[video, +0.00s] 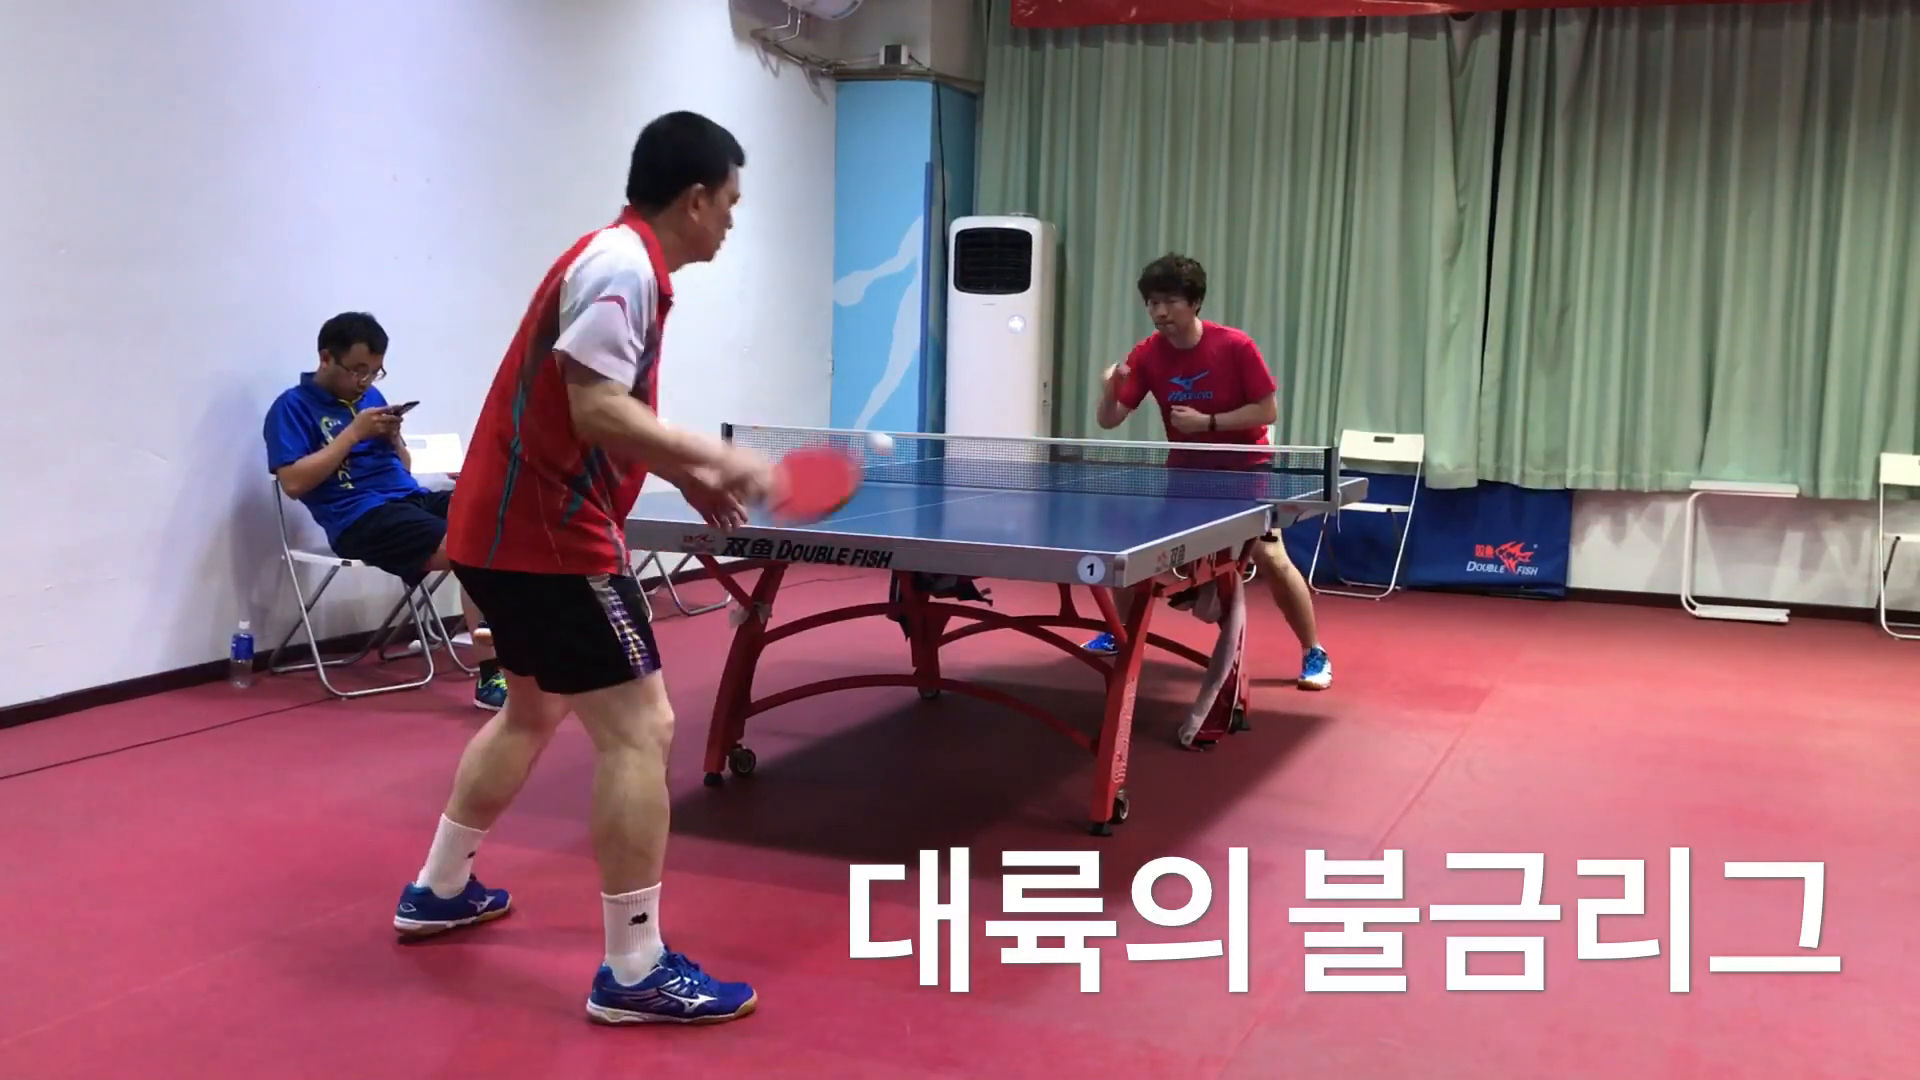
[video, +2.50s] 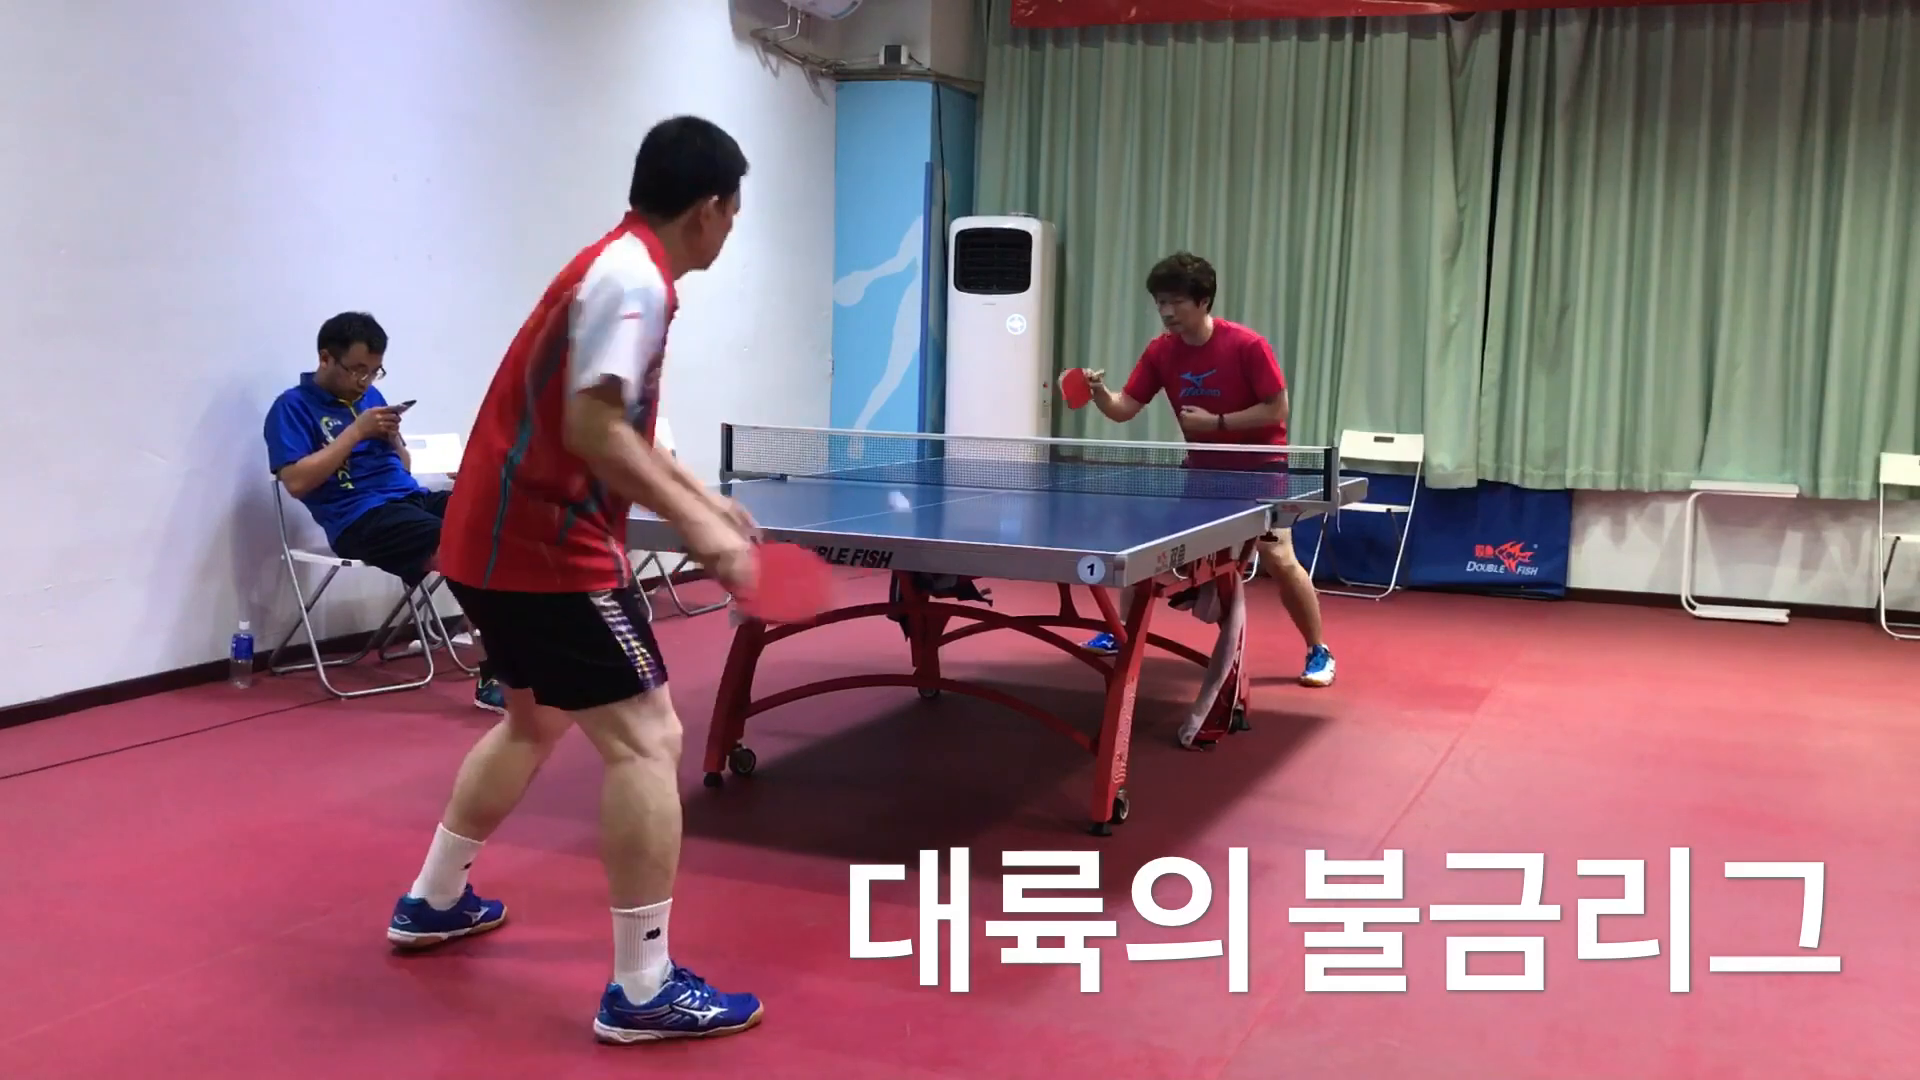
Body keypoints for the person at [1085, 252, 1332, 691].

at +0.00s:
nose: (1159, 311)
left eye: (1169, 301)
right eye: (1152, 302)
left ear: (1194, 301)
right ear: (1147, 305)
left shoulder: (1234, 346)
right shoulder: (1146, 355)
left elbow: (1267, 411)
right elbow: (1108, 419)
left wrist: (1207, 422)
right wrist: (1110, 386)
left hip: (1244, 473)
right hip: (1184, 474)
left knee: (1270, 555)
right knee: (1134, 548)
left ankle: (1313, 652)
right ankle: (1122, 634)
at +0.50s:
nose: (1144, 326)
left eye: (1151, 318)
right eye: (1141, 318)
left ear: (1180, 314)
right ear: (1141, 317)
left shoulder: (1222, 359)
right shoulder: (1163, 355)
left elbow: (1247, 429)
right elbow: (1130, 392)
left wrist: (1187, 431)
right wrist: (1082, 376)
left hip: (1256, 473)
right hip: (1206, 472)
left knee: (1266, 570)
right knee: (1153, 544)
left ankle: (1312, 650)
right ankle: (1126, 632)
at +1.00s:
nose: (1141, 303)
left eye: (1151, 293)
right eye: (1135, 294)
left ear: (1178, 294)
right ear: (1131, 297)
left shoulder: (1216, 340)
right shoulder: (1140, 344)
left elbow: (1248, 405)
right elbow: (1123, 400)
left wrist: (1185, 414)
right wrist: (1082, 405)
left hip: (1239, 468)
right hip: (1182, 469)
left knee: (1266, 556)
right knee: (1139, 542)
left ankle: (1312, 646)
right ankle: (1124, 631)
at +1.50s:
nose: (1177, 308)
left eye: (1185, 298)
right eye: (1174, 299)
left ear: (1214, 294)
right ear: (1176, 298)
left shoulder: (1261, 344)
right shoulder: (1180, 339)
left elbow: (1283, 413)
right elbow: (1138, 393)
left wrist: (1220, 417)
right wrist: (1127, 364)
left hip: (1267, 471)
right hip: (1212, 469)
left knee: (1282, 561)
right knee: (1156, 541)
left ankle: (1315, 649)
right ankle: (1126, 634)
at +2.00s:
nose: (1139, 317)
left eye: (1146, 307)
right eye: (1134, 308)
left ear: (1175, 303)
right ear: (1134, 308)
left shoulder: (1208, 351)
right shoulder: (1160, 349)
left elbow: (1235, 420)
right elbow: (1167, 396)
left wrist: (1177, 425)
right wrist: (1110, 415)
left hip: (1246, 471)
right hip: (1198, 469)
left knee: (1259, 565)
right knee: (1147, 542)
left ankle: (1314, 649)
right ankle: (1126, 632)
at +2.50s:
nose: (1165, 312)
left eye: (1174, 302)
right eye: (1160, 303)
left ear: (1203, 300)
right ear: (1158, 304)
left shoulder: (1249, 347)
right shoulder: (1161, 351)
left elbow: (1276, 412)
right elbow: (1123, 409)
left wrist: (1215, 422)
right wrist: (1101, 393)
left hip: (1259, 474)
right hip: (1202, 473)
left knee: (1279, 557)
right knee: (1150, 541)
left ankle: (1318, 650)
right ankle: (1125, 633)